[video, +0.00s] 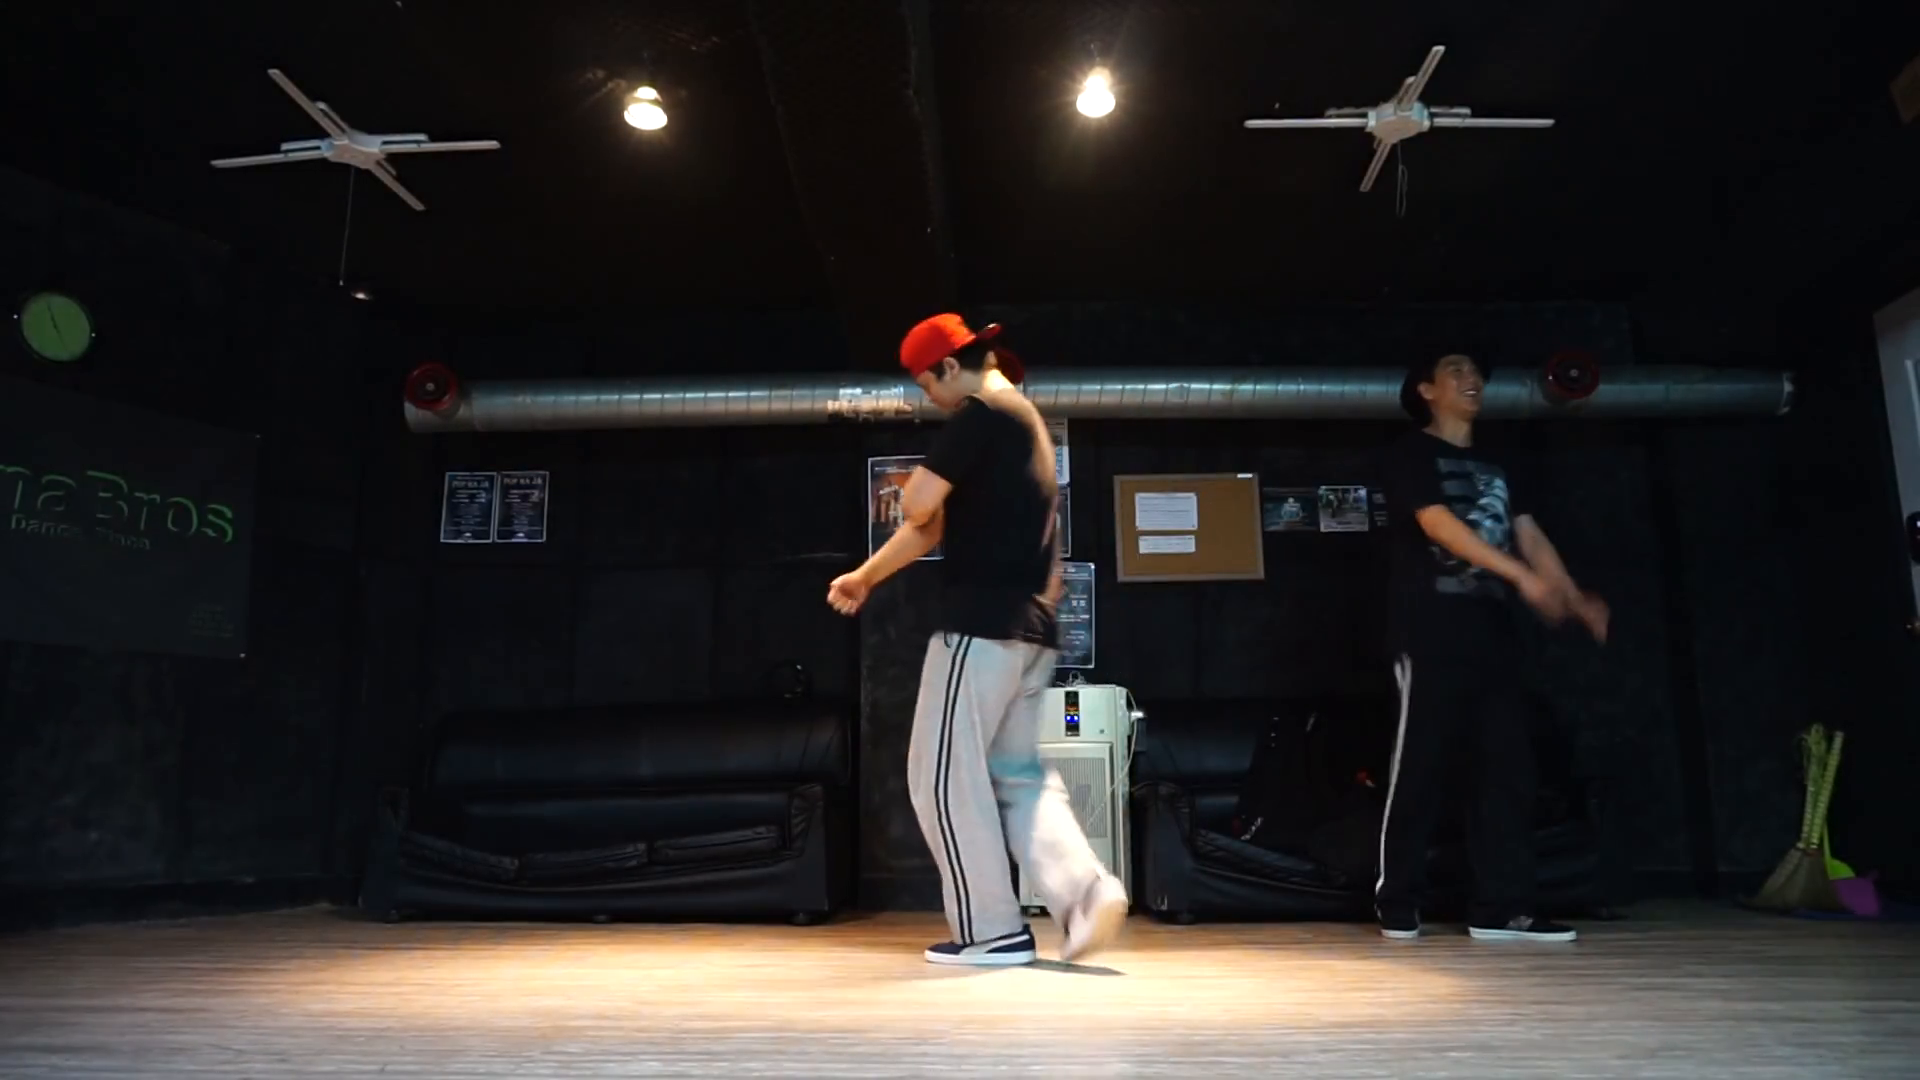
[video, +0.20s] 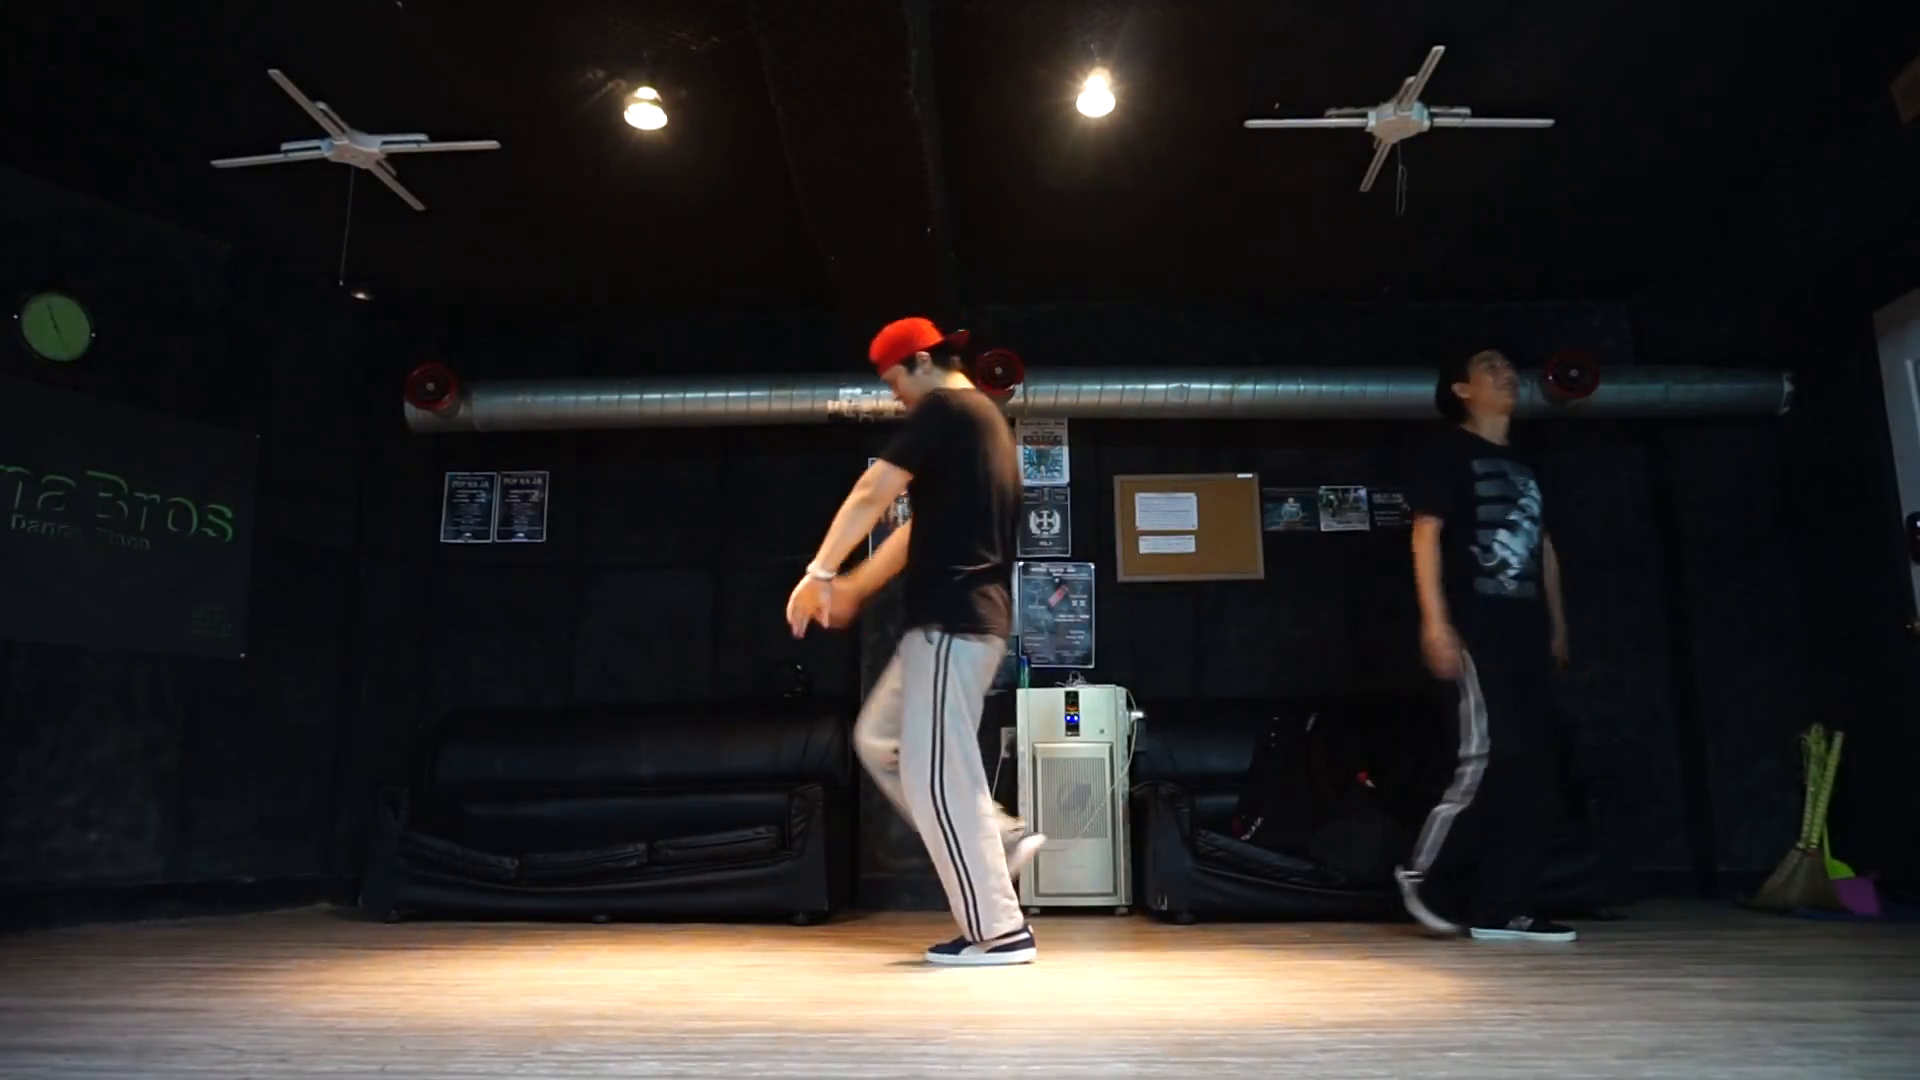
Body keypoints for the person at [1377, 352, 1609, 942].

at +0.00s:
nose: (1471, 382)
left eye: (1475, 375)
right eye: (1456, 374)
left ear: (1482, 393)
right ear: (1426, 392)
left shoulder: (1493, 467)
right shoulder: (1410, 456)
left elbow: (1529, 537)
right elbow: (1441, 527)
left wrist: (1574, 597)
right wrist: (1521, 575)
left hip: (1492, 630)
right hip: (1431, 631)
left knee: (1502, 765)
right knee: (1421, 767)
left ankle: (1499, 910)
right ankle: (1397, 903)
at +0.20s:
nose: (1506, 376)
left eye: (1508, 369)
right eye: (1491, 370)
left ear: (1514, 388)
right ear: (1463, 392)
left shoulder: (1524, 466)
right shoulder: (1447, 453)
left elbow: (1542, 550)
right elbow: (1426, 540)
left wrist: (1557, 623)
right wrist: (1436, 622)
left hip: (1526, 631)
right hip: (1473, 630)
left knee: (1526, 763)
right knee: (1479, 758)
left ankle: (1505, 906)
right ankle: (1418, 880)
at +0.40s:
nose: (1544, 369)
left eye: (1546, 363)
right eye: (1526, 362)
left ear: (1553, 386)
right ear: (1496, 384)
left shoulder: (1547, 462)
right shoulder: (1483, 443)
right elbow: (1421, 506)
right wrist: (1360, 573)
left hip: (1538, 625)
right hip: (1503, 624)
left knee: (1513, 766)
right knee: (1558, 762)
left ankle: (1497, 911)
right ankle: (1563, 908)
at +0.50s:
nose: (1563, 374)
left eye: (1565, 368)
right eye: (1546, 365)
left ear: (1567, 391)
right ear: (1513, 385)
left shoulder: (1557, 460)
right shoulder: (1500, 441)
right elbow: (1432, 494)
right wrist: (1365, 545)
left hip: (1559, 625)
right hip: (1523, 624)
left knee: (1522, 764)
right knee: (1572, 760)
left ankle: (1499, 909)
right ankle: (1623, 912)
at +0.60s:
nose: (1573, 370)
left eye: (1577, 364)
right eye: (1557, 362)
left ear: (1581, 387)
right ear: (1524, 383)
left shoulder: (1573, 459)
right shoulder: (1513, 440)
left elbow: (1570, 551)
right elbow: (1456, 487)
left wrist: (1607, 617)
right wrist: (1397, 532)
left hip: (1576, 624)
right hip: (1538, 621)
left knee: (1540, 764)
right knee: (1588, 761)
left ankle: (1502, 904)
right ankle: (1627, 914)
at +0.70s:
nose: (1586, 367)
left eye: (1588, 360)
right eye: (1569, 360)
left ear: (1593, 380)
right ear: (1536, 381)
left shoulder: (1590, 459)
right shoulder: (1528, 439)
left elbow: (1618, 551)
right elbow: (1491, 492)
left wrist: (1664, 615)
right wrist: (1467, 516)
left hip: (1600, 623)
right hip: (1557, 623)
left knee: (1589, 761)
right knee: (1600, 761)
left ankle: (1521, 884)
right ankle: (1626, 915)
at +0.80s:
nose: (1597, 369)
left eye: (1600, 361)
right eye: (1581, 361)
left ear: (1606, 381)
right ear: (1548, 383)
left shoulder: (1600, 459)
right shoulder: (1541, 441)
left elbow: (1646, 542)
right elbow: (1540, 499)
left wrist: (1719, 604)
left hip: (1619, 627)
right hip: (1576, 628)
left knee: (1631, 754)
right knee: (1610, 761)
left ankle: (1561, 862)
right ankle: (1629, 913)